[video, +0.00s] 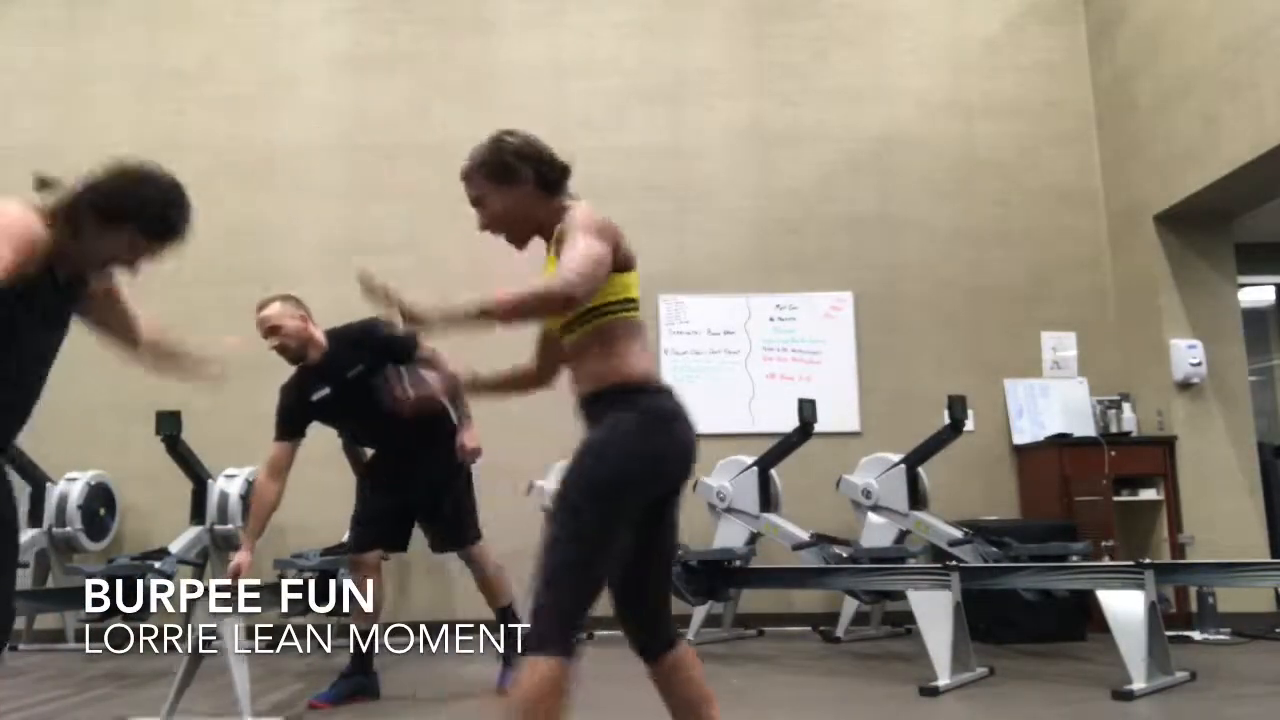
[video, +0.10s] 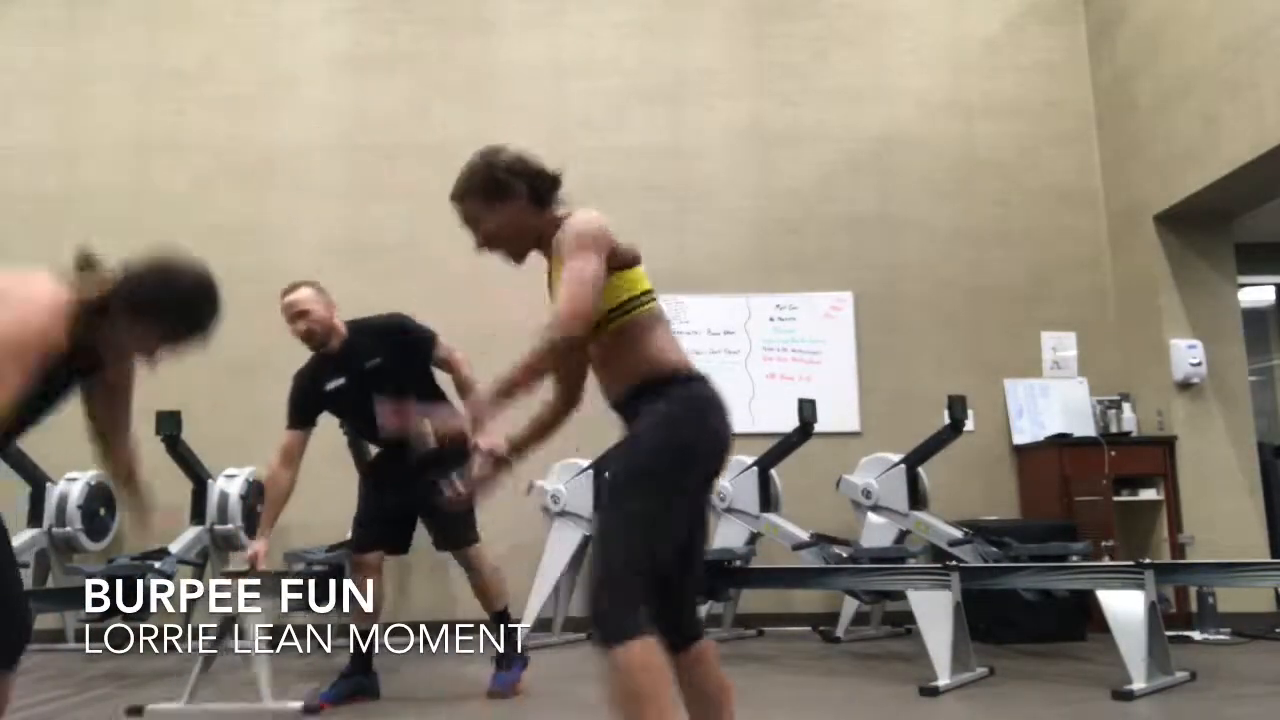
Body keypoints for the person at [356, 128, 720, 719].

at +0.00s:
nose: (480, 221)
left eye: (482, 202)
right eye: (475, 207)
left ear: (521, 185)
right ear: (521, 189)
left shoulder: (584, 224)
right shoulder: (559, 262)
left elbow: (571, 288)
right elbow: (539, 372)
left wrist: (440, 315)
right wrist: (457, 380)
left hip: (635, 427)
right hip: (632, 431)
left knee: (552, 623)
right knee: (649, 623)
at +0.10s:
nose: (480, 240)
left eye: (480, 222)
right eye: (473, 228)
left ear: (513, 197)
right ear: (514, 202)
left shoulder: (581, 229)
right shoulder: (558, 267)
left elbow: (571, 327)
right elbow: (566, 396)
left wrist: (487, 401)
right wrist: (502, 456)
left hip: (677, 415)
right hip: (663, 422)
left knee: (619, 613)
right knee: (674, 618)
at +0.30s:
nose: (461, 397)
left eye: (456, 383)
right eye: (451, 389)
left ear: (481, 354)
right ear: (488, 347)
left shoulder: (557, 361)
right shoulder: (550, 371)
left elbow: (557, 499)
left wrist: (519, 623)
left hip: (765, 437)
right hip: (724, 455)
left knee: (701, 625)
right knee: (656, 615)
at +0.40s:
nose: (465, 515)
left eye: (462, 499)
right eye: (456, 504)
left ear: (493, 471)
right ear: (497, 464)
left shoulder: (565, 466)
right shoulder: (556, 470)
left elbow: (565, 620)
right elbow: (560, 618)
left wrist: (541, 709)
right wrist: (542, 705)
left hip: (785, 478)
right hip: (740, 491)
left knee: (678, 642)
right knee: (641, 628)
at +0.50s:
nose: (495, 621)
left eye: (486, 605)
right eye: (479, 613)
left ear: (509, 564)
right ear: (512, 553)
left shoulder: (568, 542)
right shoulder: (558, 542)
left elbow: (568, 700)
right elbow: (569, 694)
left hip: (779, 453)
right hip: (743, 468)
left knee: (688, 636)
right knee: (662, 626)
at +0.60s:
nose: (538, 670)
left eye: (523, 660)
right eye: (523, 666)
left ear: (528, 623)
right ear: (532, 606)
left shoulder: (578, 570)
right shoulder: (569, 566)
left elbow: (581, 703)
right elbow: (583, 698)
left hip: (754, 410)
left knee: (751, 625)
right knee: (723, 623)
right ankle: (769, 706)